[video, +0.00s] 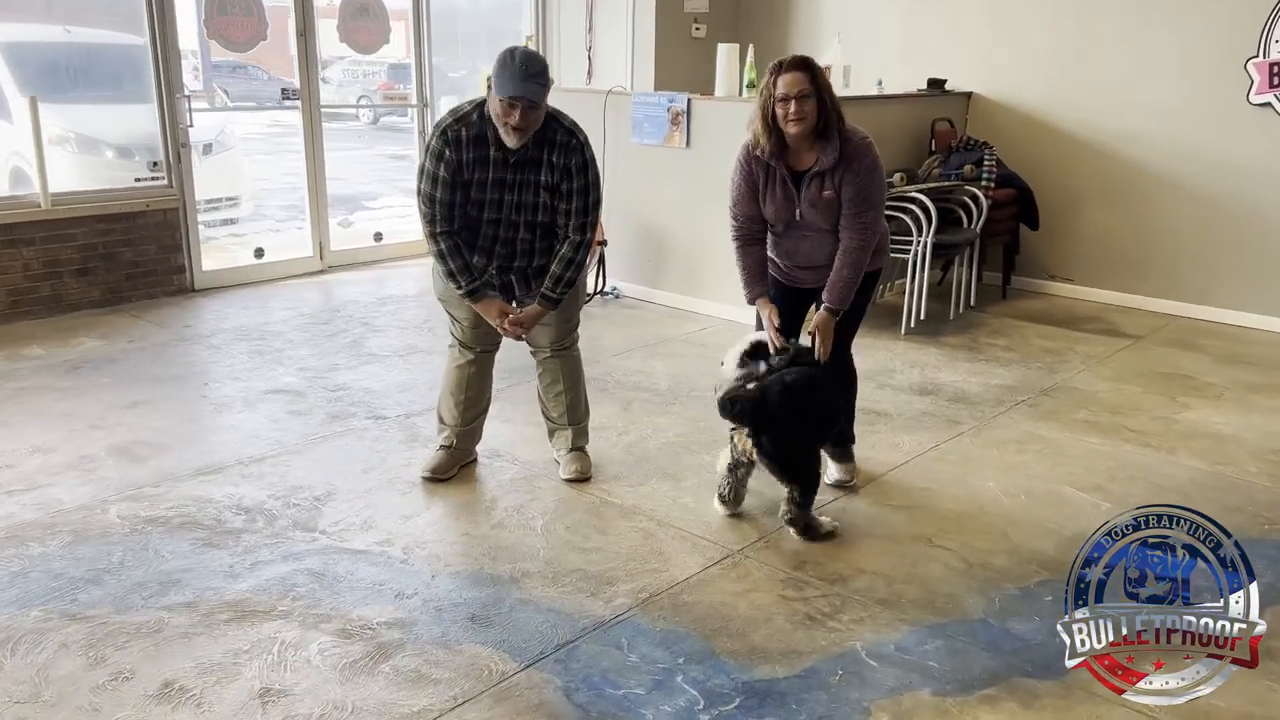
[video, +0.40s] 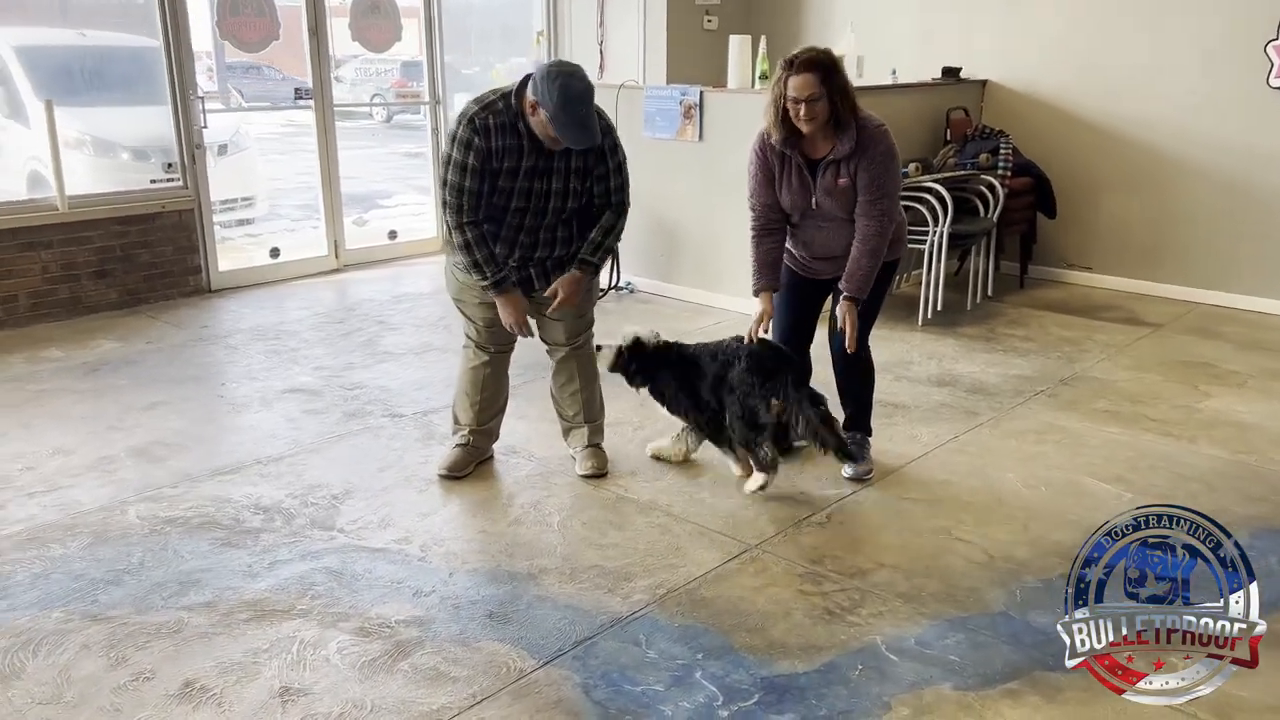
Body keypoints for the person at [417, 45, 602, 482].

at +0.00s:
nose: (518, 116)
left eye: (531, 106)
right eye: (509, 103)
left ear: (547, 99)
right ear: (490, 92)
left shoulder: (569, 143)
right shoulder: (452, 136)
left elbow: (579, 235)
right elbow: (438, 227)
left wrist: (544, 303)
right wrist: (480, 297)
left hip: (546, 268)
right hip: (473, 267)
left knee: (556, 351)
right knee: (467, 351)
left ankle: (571, 446)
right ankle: (456, 444)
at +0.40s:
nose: (564, 142)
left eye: (572, 135)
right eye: (557, 133)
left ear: (586, 109)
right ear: (532, 107)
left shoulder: (596, 131)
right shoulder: (479, 125)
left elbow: (615, 207)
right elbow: (461, 217)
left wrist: (583, 271)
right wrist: (501, 289)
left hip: (562, 262)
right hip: (488, 260)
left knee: (573, 348)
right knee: (484, 349)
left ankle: (586, 440)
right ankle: (473, 440)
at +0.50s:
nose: (573, 150)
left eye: (582, 144)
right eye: (566, 141)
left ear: (597, 117)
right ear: (543, 115)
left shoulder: (606, 135)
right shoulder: (488, 131)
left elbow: (627, 199)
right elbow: (468, 223)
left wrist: (613, 259)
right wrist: (503, 296)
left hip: (568, 258)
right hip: (496, 256)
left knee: (579, 345)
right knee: (490, 349)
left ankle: (592, 440)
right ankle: (478, 439)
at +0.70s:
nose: (591, 182)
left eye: (600, 176)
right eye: (584, 174)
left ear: (618, 147)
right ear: (563, 148)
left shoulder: (628, 154)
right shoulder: (511, 152)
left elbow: (651, 213)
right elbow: (491, 245)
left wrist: (672, 281)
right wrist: (522, 320)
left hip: (582, 256)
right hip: (511, 253)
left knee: (592, 345)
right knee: (502, 345)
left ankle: (605, 440)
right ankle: (492, 440)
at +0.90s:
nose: (602, 229)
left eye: (611, 226)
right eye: (592, 219)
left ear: (629, 185)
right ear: (572, 188)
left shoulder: (643, 173)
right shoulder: (529, 192)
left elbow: (658, 227)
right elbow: (523, 282)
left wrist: (660, 294)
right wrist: (575, 339)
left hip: (596, 240)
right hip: (516, 242)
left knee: (604, 334)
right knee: (519, 334)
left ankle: (615, 438)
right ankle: (503, 440)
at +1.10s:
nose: (590, 259)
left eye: (601, 253)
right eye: (580, 246)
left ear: (619, 209)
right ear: (562, 212)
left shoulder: (641, 196)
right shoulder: (524, 209)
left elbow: (658, 269)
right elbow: (514, 291)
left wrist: (645, 338)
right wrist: (568, 338)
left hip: (605, 252)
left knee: (607, 339)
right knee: (521, 338)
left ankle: (615, 440)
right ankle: (506, 445)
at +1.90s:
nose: (548, 286)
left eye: (554, 273)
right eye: (534, 279)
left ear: (566, 230)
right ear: (506, 234)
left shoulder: (600, 213)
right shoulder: (480, 225)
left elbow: (628, 290)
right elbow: (484, 301)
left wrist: (619, 361)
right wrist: (542, 346)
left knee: (600, 338)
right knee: (505, 340)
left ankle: (604, 448)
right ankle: (491, 447)